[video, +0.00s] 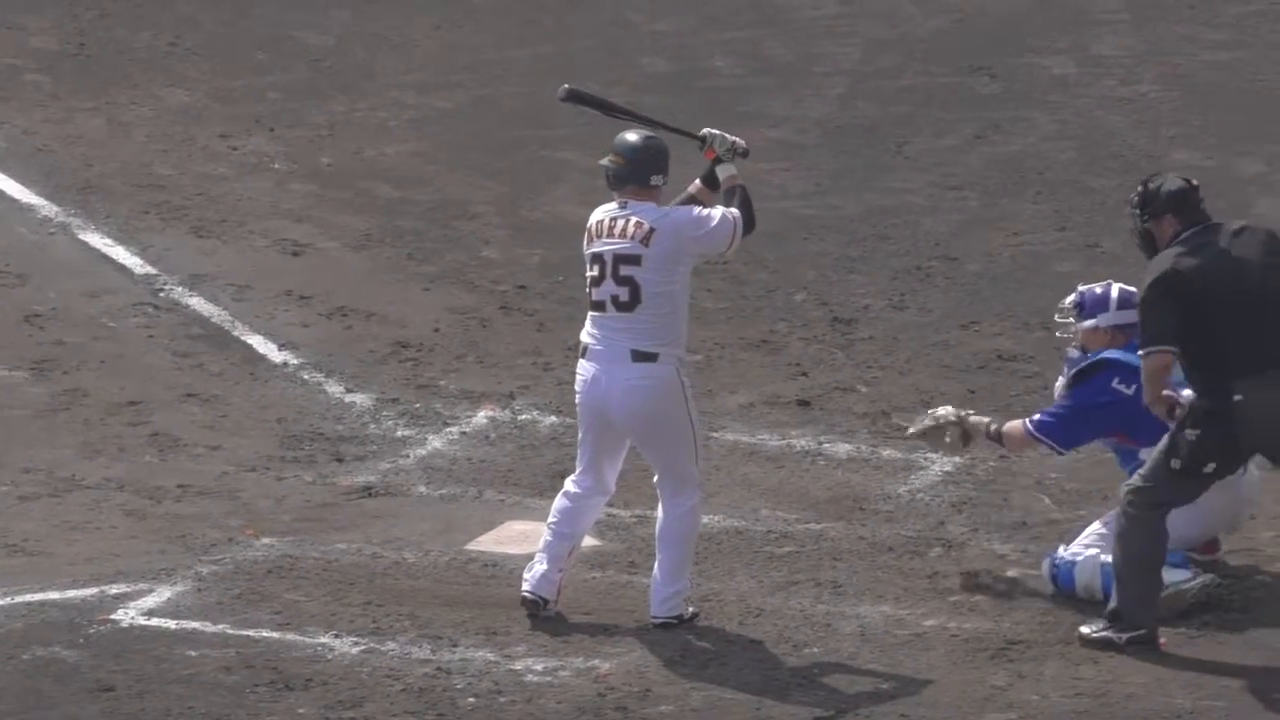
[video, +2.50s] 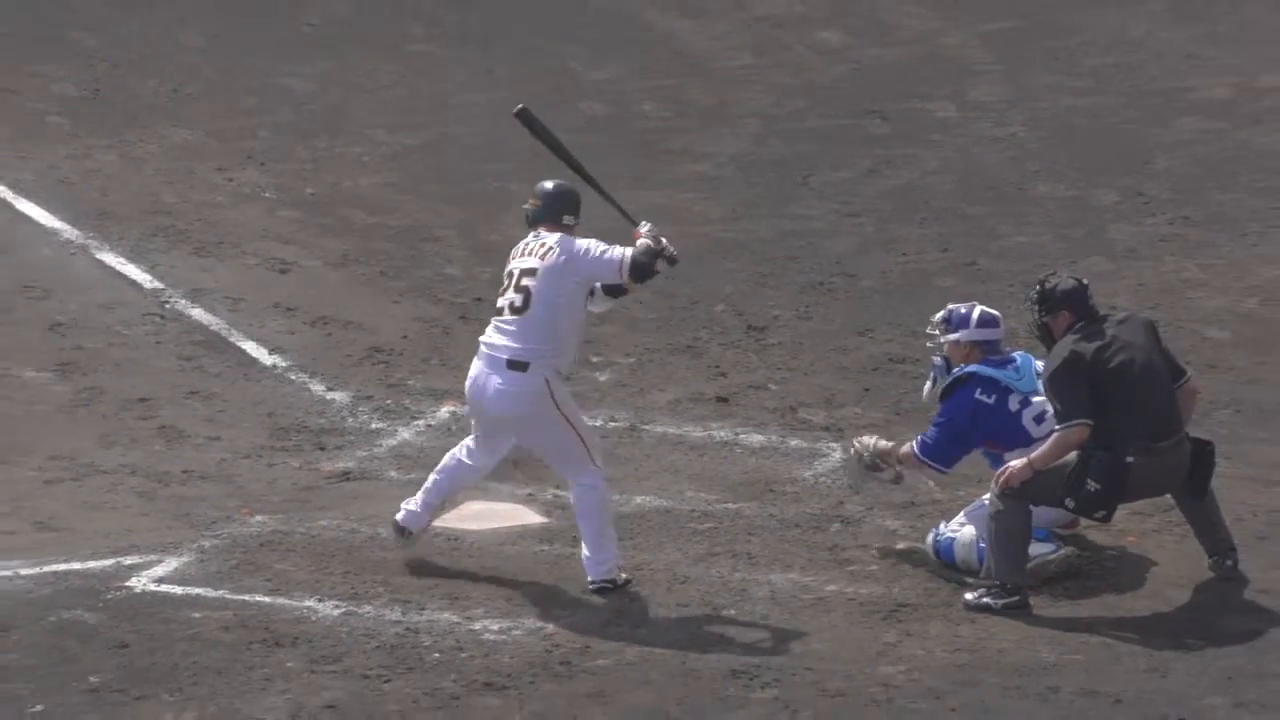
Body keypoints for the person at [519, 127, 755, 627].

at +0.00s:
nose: (607, 176)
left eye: (611, 171)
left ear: (615, 175)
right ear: (662, 177)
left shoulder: (598, 221)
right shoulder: (677, 224)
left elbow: (676, 212)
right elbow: (742, 221)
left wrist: (713, 167)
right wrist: (730, 172)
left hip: (591, 373)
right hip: (652, 380)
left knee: (588, 480)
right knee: (679, 488)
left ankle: (539, 583)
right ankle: (668, 604)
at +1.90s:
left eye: (582, 197)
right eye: (630, 199)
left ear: (584, 199)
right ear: (627, 202)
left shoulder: (567, 242)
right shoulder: (638, 245)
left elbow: (641, 278)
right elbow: (708, 263)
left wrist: (710, 232)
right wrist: (705, 219)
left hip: (539, 392)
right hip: (599, 402)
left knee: (592, 435)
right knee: (632, 501)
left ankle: (554, 515)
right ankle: (619, 608)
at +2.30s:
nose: (594, 215)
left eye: (548, 201)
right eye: (593, 207)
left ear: (551, 205)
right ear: (591, 208)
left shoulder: (537, 243)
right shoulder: (598, 246)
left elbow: (607, 293)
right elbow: (668, 272)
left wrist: (666, 261)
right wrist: (672, 237)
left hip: (499, 381)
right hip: (548, 394)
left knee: (587, 404)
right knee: (598, 484)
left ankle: (532, 499)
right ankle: (601, 587)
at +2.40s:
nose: (538, 210)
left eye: (541, 204)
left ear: (545, 208)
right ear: (582, 212)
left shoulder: (530, 245)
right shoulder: (588, 247)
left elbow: (604, 295)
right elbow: (656, 268)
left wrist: (667, 263)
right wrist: (662, 239)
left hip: (490, 378)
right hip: (539, 389)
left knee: (534, 429)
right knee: (594, 479)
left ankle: (480, 506)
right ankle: (603, 581)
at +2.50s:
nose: (529, 218)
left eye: (531, 212)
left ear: (535, 215)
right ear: (570, 218)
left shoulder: (522, 250)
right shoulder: (573, 251)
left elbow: (593, 293)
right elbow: (638, 265)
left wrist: (651, 261)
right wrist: (647, 239)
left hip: (481, 376)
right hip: (528, 387)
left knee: (480, 448)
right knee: (587, 473)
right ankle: (603, 571)